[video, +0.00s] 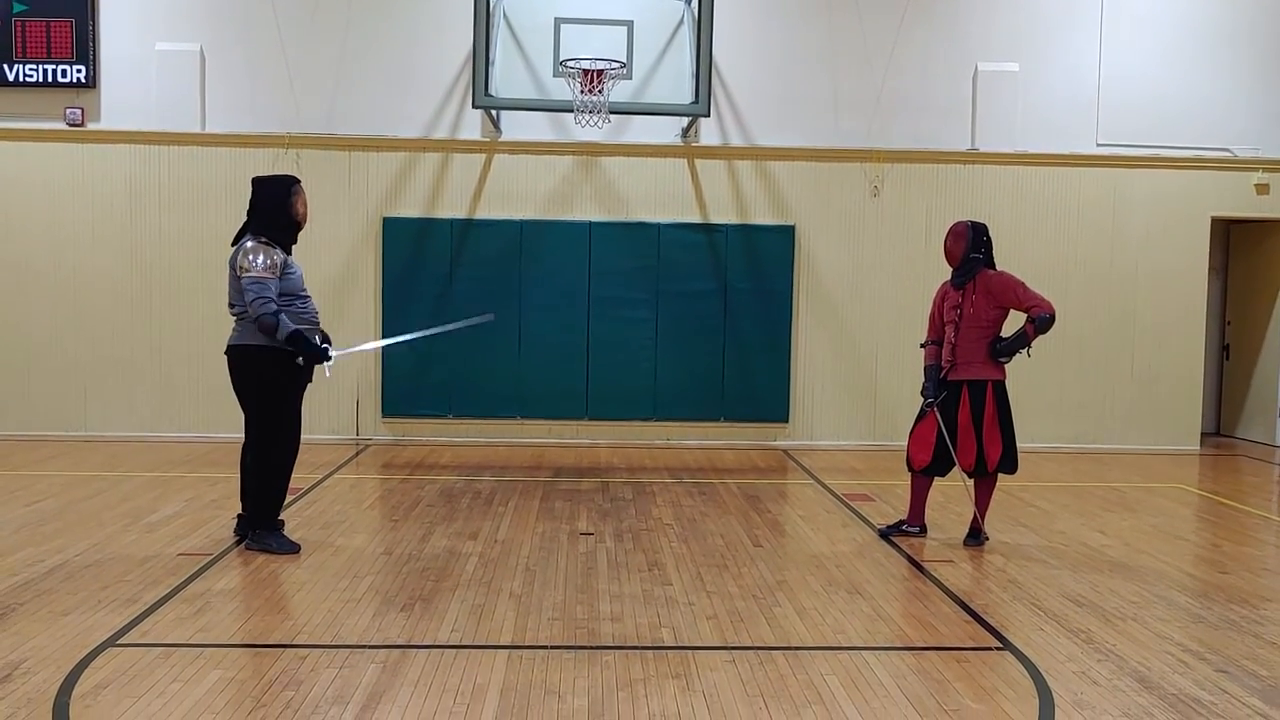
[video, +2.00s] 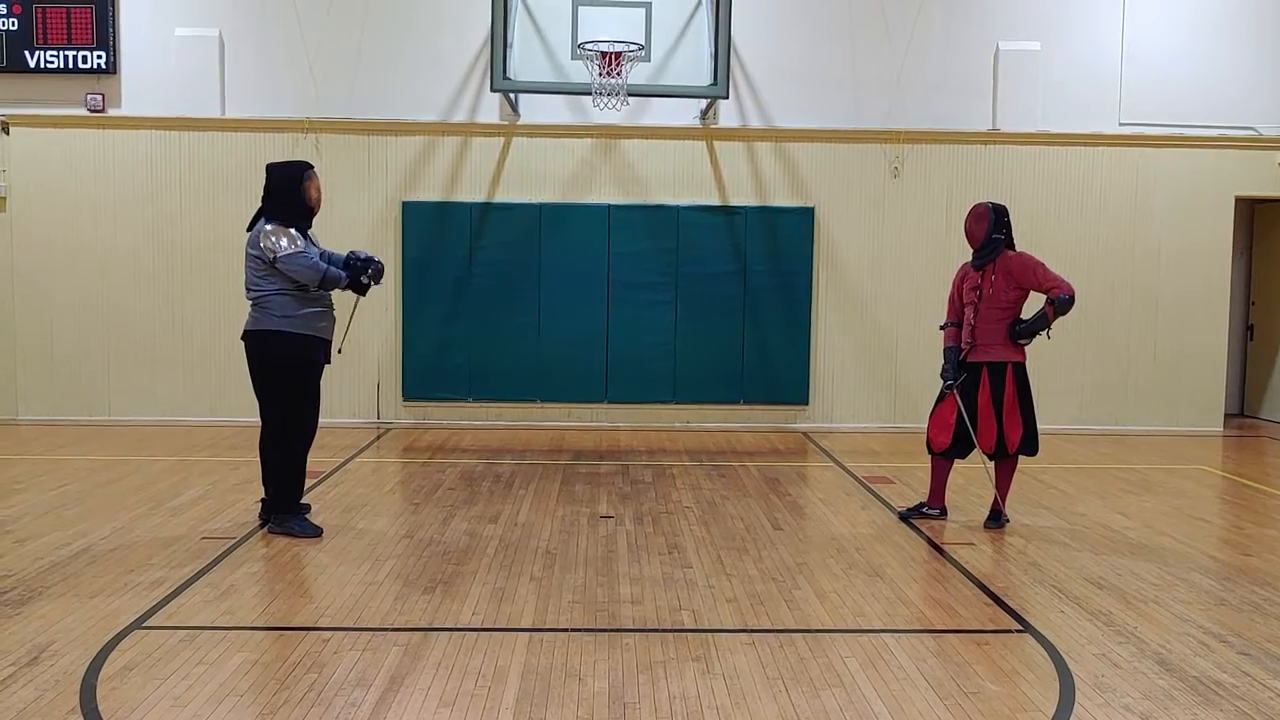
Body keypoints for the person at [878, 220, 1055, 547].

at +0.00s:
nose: (946, 248)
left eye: (953, 241)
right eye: (947, 241)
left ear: (972, 245)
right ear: (961, 246)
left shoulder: (995, 281)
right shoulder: (946, 291)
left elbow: (1044, 312)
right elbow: (934, 338)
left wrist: (1013, 343)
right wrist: (931, 377)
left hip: (984, 383)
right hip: (947, 383)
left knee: (986, 453)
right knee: (924, 445)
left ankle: (977, 525)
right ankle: (914, 520)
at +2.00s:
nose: (968, 232)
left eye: (974, 225)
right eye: (969, 225)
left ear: (992, 227)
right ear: (980, 228)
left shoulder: (1016, 263)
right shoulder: (966, 272)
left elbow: (1064, 293)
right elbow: (953, 320)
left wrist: (1032, 326)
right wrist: (950, 361)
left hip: (1004, 365)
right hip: (967, 365)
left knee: (1006, 435)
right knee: (943, 428)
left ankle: (998, 508)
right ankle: (935, 503)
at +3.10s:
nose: (962, 212)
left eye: (967, 204)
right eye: (961, 205)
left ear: (987, 206)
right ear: (969, 207)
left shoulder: (1012, 241)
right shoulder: (963, 251)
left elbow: (1061, 272)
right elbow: (952, 300)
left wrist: (1030, 305)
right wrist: (949, 340)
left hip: (1003, 344)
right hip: (966, 345)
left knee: (1006, 414)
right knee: (943, 408)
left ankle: (1000, 487)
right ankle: (937, 483)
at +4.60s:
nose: (960, 182)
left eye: (966, 175)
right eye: (960, 176)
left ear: (987, 178)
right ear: (965, 180)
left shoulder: (1010, 213)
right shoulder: (962, 224)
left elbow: (1059, 245)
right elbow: (951, 277)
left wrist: (1028, 277)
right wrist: (940, 318)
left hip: (1000, 316)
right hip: (962, 317)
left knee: (1003, 388)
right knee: (939, 382)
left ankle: (997, 460)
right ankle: (934, 455)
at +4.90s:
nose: (962, 181)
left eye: (968, 174)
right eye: (961, 174)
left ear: (989, 175)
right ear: (969, 177)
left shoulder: (1013, 209)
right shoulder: (965, 219)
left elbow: (1061, 242)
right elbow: (947, 268)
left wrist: (1030, 273)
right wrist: (920, 303)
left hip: (1003, 311)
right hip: (966, 312)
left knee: (1004, 383)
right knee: (942, 375)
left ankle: (998, 456)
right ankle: (935, 451)